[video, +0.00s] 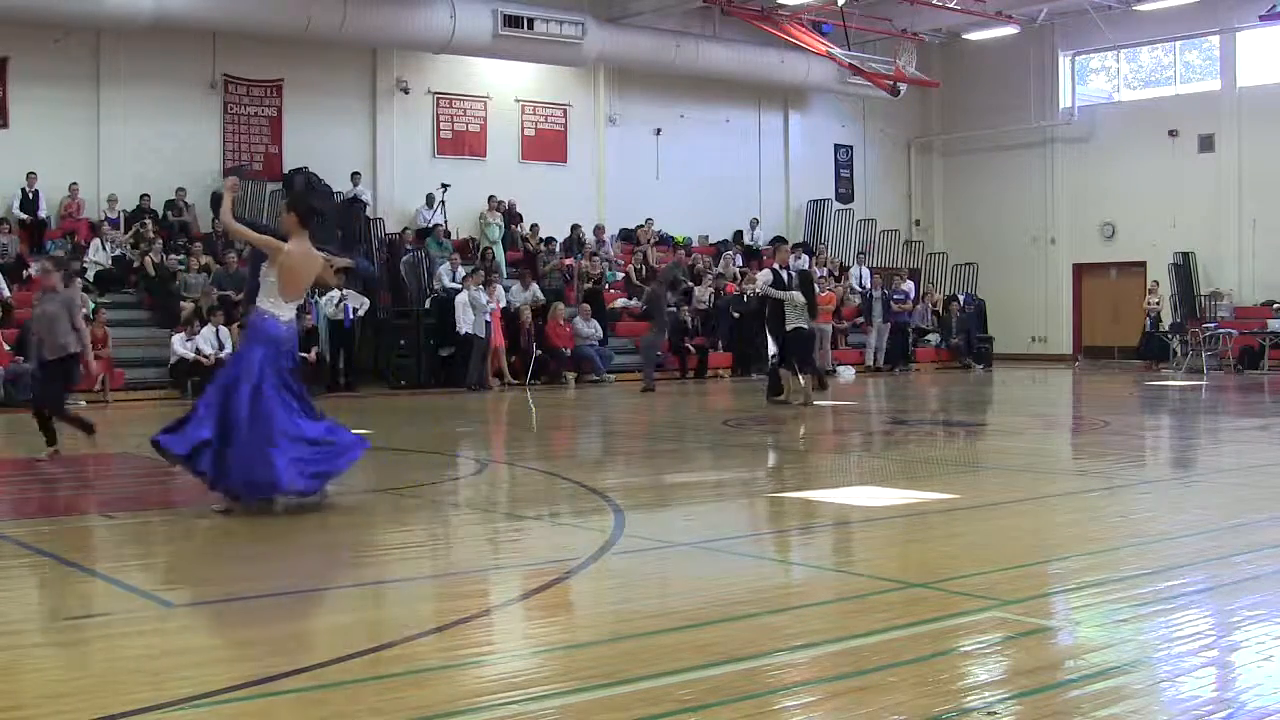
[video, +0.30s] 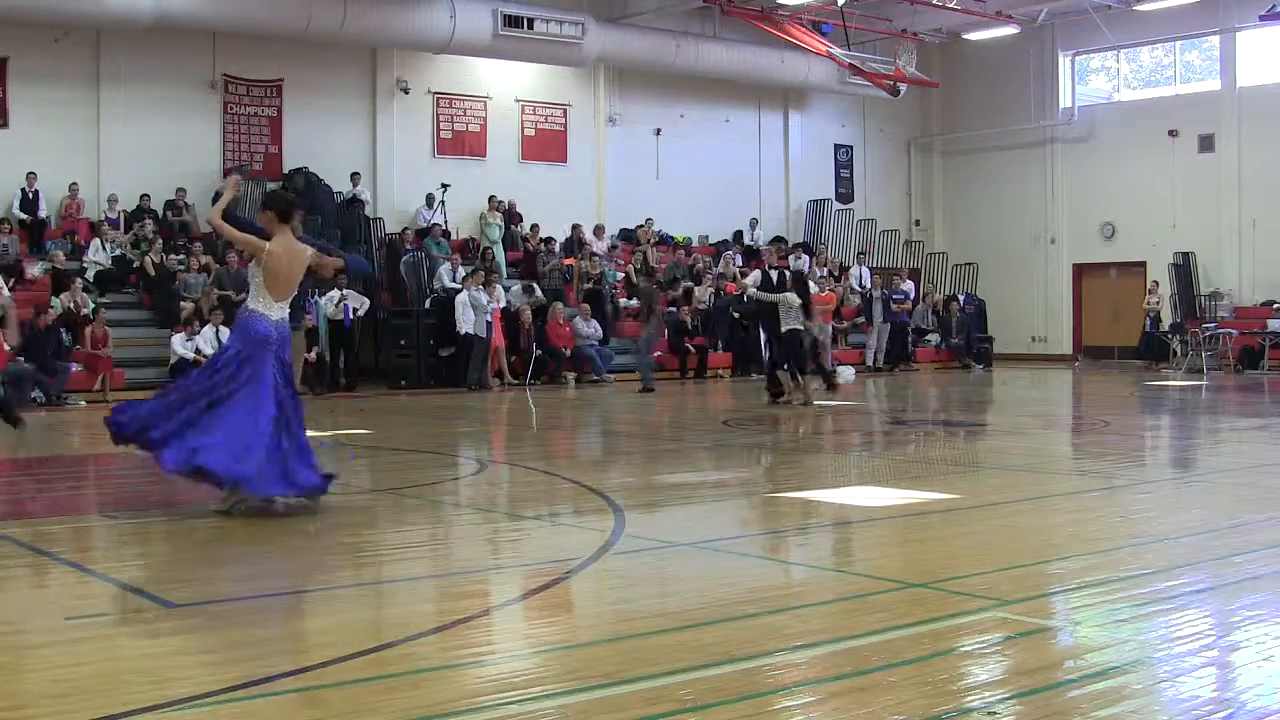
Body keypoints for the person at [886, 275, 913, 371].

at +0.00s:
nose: (896, 282)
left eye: (898, 280)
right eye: (894, 280)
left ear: (901, 282)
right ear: (892, 282)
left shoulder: (906, 293)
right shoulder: (890, 293)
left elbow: (910, 306)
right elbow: (893, 308)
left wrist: (899, 306)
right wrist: (905, 308)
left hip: (904, 321)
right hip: (894, 321)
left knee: (904, 343)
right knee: (894, 343)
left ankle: (904, 363)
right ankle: (895, 364)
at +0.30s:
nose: (895, 282)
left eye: (897, 280)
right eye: (894, 280)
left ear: (900, 281)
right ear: (891, 282)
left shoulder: (905, 293)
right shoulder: (889, 293)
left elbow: (909, 306)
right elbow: (892, 307)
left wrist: (897, 306)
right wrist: (904, 307)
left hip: (903, 320)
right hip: (893, 320)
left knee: (903, 342)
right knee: (893, 342)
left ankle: (905, 361)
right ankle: (894, 364)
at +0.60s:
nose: (896, 281)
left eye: (898, 279)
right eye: (895, 279)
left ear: (902, 281)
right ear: (892, 281)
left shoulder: (906, 293)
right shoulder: (890, 293)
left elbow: (910, 306)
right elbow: (893, 307)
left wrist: (898, 305)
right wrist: (905, 306)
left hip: (905, 320)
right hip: (894, 320)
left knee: (905, 342)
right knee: (894, 343)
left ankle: (907, 362)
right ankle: (895, 363)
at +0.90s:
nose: (897, 281)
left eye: (899, 279)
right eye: (895, 279)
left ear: (903, 280)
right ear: (893, 281)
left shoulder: (907, 293)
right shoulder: (891, 293)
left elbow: (911, 305)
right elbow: (893, 307)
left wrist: (898, 306)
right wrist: (906, 306)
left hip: (906, 321)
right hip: (895, 321)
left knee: (905, 342)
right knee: (895, 343)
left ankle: (906, 362)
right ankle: (895, 364)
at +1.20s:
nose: (898, 281)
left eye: (900, 279)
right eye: (896, 279)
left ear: (904, 280)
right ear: (894, 281)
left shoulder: (908, 293)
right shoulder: (892, 293)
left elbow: (913, 305)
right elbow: (895, 307)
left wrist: (901, 305)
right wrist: (907, 306)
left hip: (907, 321)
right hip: (896, 321)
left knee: (906, 343)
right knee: (896, 343)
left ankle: (907, 363)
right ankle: (896, 363)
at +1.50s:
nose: (900, 281)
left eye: (902, 279)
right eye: (898, 279)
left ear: (906, 281)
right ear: (896, 281)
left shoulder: (910, 293)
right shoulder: (894, 293)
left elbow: (914, 305)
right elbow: (896, 307)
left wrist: (901, 305)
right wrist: (908, 306)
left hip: (907, 321)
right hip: (897, 321)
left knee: (906, 343)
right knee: (896, 343)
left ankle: (906, 363)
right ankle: (896, 364)